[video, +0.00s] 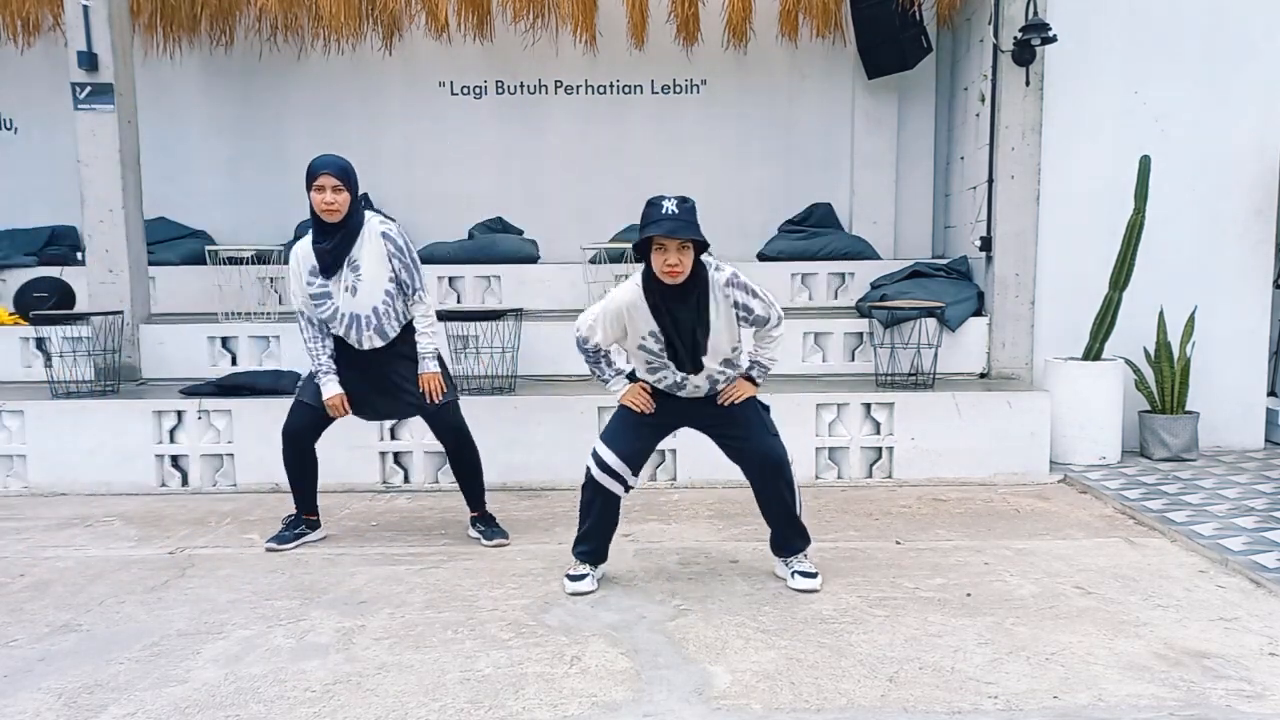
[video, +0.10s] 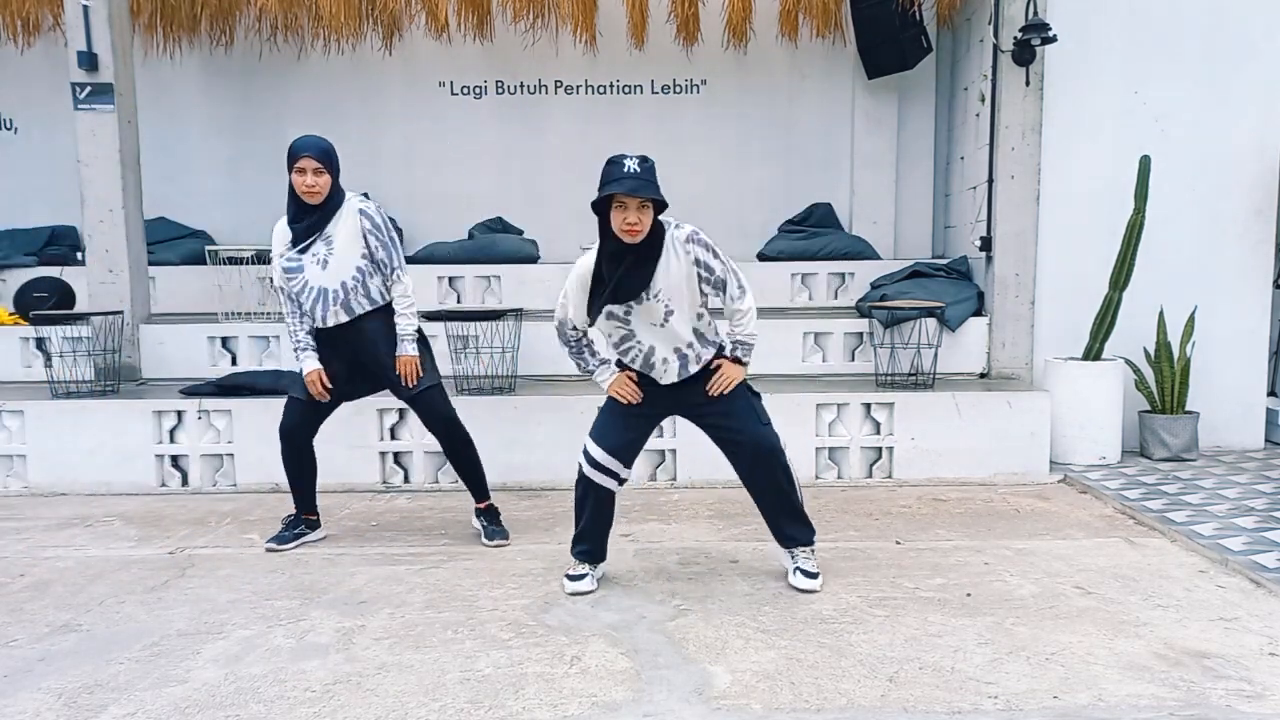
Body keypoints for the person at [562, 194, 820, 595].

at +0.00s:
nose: (673, 259)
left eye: (682, 248)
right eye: (662, 249)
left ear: (697, 249)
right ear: (647, 252)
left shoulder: (725, 283)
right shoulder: (629, 297)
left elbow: (771, 319)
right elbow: (587, 335)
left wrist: (753, 375)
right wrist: (622, 383)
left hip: (723, 395)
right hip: (656, 398)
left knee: (771, 459)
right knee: (606, 465)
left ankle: (791, 553)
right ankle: (587, 560)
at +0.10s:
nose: (632, 218)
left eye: (641, 207)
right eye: (621, 208)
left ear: (656, 208)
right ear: (605, 211)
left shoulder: (688, 245)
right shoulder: (591, 267)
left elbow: (738, 297)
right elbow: (569, 327)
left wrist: (738, 356)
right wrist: (606, 373)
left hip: (705, 372)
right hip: (637, 380)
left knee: (762, 447)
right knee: (598, 461)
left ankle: (799, 547)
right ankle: (586, 559)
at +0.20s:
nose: (609, 183)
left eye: (619, 173)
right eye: (599, 172)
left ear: (634, 173)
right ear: (584, 175)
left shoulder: (665, 210)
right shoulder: (572, 241)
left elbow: (712, 269)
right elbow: (566, 317)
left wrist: (728, 336)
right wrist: (597, 363)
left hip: (691, 351)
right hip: (626, 367)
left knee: (750, 441)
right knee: (596, 460)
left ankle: (805, 530)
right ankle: (586, 557)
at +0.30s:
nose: (601, 172)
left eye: (611, 161)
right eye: (592, 162)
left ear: (625, 162)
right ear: (576, 164)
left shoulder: (657, 202)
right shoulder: (559, 228)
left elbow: (699, 264)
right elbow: (561, 304)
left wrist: (720, 329)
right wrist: (588, 358)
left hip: (683, 343)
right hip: (619, 356)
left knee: (738, 444)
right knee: (597, 460)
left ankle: (798, 531)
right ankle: (586, 558)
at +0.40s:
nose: (600, 176)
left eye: (610, 165)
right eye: (590, 166)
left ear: (624, 168)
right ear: (575, 169)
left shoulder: (656, 209)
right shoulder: (557, 235)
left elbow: (699, 272)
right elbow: (556, 313)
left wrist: (719, 334)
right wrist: (582, 364)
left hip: (679, 347)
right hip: (614, 361)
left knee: (726, 451)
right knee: (592, 464)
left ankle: (782, 539)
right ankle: (586, 559)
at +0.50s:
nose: (602, 172)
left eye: (611, 162)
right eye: (592, 162)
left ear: (626, 164)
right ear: (576, 165)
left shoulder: (658, 205)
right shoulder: (562, 236)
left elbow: (702, 268)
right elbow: (557, 313)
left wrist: (719, 332)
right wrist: (583, 360)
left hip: (680, 346)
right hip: (613, 360)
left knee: (732, 446)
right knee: (591, 463)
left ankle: (787, 536)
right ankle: (585, 557)